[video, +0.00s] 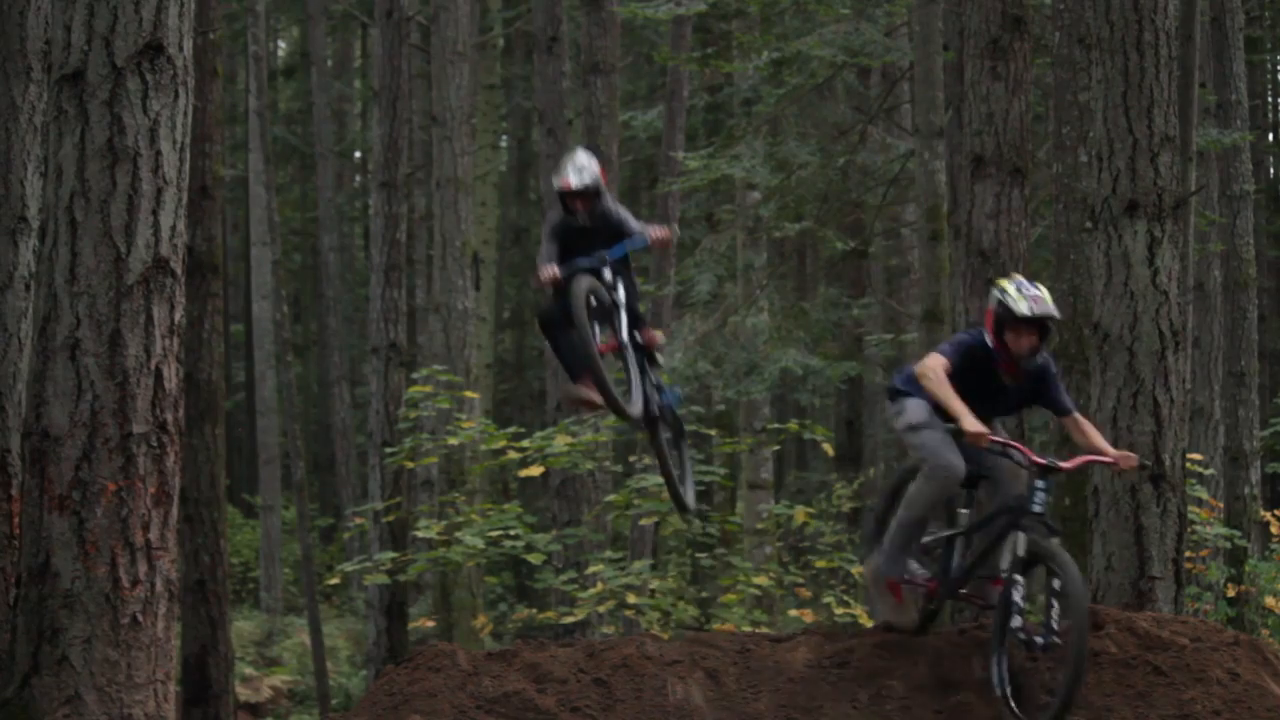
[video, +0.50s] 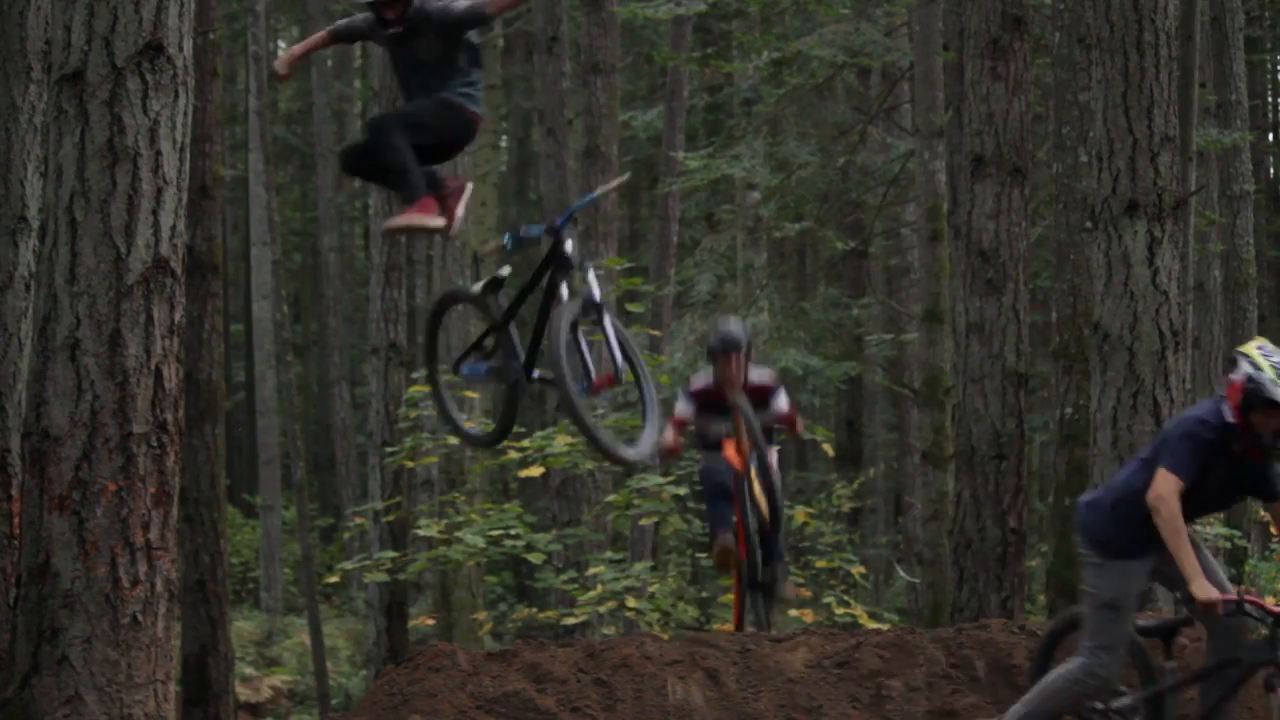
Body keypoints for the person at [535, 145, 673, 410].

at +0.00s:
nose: (579, 205)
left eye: (585, 197)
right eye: (571, 198)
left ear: (598, 191)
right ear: (562, 196)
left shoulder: (607, 208)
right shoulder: (557, 219)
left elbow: (631, 226)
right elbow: (548, 245)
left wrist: (650, 233)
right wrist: (547, 266)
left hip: (611, 275)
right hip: (575, 282)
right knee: (550, 319)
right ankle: (586, 384)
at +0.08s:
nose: (539, 134)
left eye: (546, 125)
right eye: (531, 128)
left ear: (559, 119)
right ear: (522, 127)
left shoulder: (571, 136)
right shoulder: (526, 153)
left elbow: (598, 155)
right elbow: (519, 186)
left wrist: (621, 171)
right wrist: (527, 212)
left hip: (586, 207)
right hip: (551, 216)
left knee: (601, 212)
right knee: (519, 249)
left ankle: (620, 261)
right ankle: (519, 311)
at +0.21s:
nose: (495, 75)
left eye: (501, 65)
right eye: (486, 68)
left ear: (515, 58)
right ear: (479, 69)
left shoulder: (535, 76)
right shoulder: (491, 96)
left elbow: (575, 101)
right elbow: (495, 141)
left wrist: (606, 130)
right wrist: (525, 167)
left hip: (573, 156)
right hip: (537, 167)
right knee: (481, 200)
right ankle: (454, 276)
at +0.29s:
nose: (452, 33)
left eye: (458, 25)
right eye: (445, 27)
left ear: (473, 20)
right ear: (440, 28)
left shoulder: (505, 35)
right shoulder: (452, 58)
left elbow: (556, 57)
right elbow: (432, 110)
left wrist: (601, 72)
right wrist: (441, 96)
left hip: (543, 121)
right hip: (505, 134)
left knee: (472, 96)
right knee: (436, 158)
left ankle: (532, 154)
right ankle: (440, 254)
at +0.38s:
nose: (434, 19)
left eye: (438, 11)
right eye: (427, 14)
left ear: (452, 4)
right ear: (421, 16)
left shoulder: (485, 15)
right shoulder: (430, 42)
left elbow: (543, 33)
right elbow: (396, 70)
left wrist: (603, 30)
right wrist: (378, 72)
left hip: (516, 109)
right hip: (482, 126)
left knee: (441, 87)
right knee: (407, 145)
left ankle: (497, 155)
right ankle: (450, 227)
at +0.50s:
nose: (390, 16)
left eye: (395, 9)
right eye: (383, 11)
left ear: (407, 3)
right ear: (377, 9)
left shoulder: (435, 14)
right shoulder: (378, 24)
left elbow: (487, 10)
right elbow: (336, 33)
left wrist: (514, 4)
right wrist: (291, 56)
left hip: (456, 113)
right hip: (431, 130)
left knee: (384, 125)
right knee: (354, 158)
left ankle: (423, 203)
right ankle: (445, 190)